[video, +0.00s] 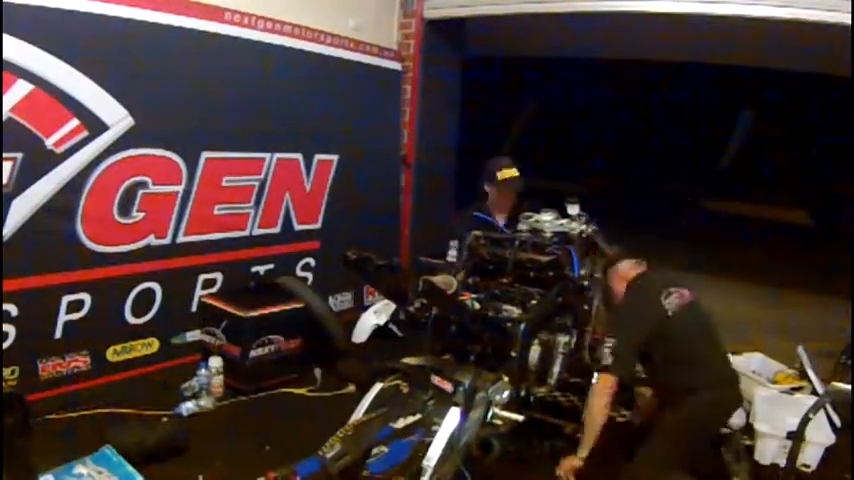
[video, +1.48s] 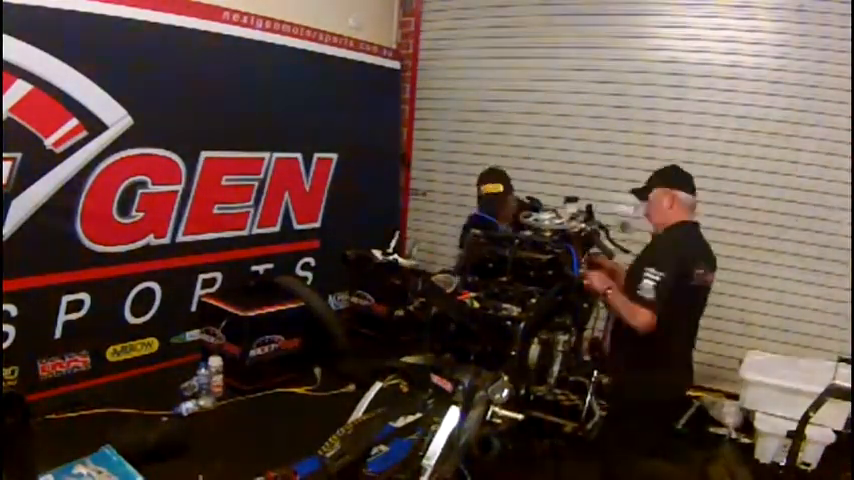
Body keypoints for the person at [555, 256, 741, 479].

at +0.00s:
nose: (614, 298)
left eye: (612, 290)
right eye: (612, 291)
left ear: (621, 280)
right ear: (643, 270)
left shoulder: (631, 306)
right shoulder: (671, 284)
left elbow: (605, 385)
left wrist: (581, 454)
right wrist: (651, 403)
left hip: (694, 402)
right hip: (723, 392)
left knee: (648, 465)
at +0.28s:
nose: (642, 271)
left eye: (640, 264)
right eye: (640, 266)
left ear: (646, 256)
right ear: (671, 250)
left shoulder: (667, 272)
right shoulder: (691, 273)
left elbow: (626, 314)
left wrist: (608, 272)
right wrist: (611, 269)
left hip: (700, 403)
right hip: (729, 400)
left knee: (660, 468)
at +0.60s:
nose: (644, 207)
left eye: (648, 198)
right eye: (645, 199)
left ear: (669, 199)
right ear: (672, 200)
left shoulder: (672, 243)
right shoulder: (684, 239)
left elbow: (645, 311)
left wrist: (616, 262)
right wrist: (621, 257)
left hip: (644, 386)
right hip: (653, 380)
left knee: (619, 463)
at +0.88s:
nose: (673, 199)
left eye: (679, 194)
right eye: (677, 193)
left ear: (694, 205)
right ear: (700, 207)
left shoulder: (683, 257)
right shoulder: (717, 251)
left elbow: (611, 285)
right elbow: (656, 267)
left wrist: (580, 243)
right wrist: (620, 235)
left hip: (668, 397)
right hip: (698, 392)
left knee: (659, 470)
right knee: (682, 468)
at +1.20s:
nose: (645, 217)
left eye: (647, 209)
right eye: (645, 210)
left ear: (660, 205)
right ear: (683, 208)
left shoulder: (658, 238)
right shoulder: (706, 255)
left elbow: (623, 296)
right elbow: (714, 323)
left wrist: (596, 248)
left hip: (638, 373)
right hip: (676, 376)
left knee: (621, 457)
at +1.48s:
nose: (644, 209)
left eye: (649, 200)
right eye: (645, 200)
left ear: (669, 201)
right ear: (679, 202)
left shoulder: (667, 247)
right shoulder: (700, 249)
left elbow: (643, 320)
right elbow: (663, 300)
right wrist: (616, 274)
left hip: (641, 384)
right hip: (670, 382)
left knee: (622, 463)